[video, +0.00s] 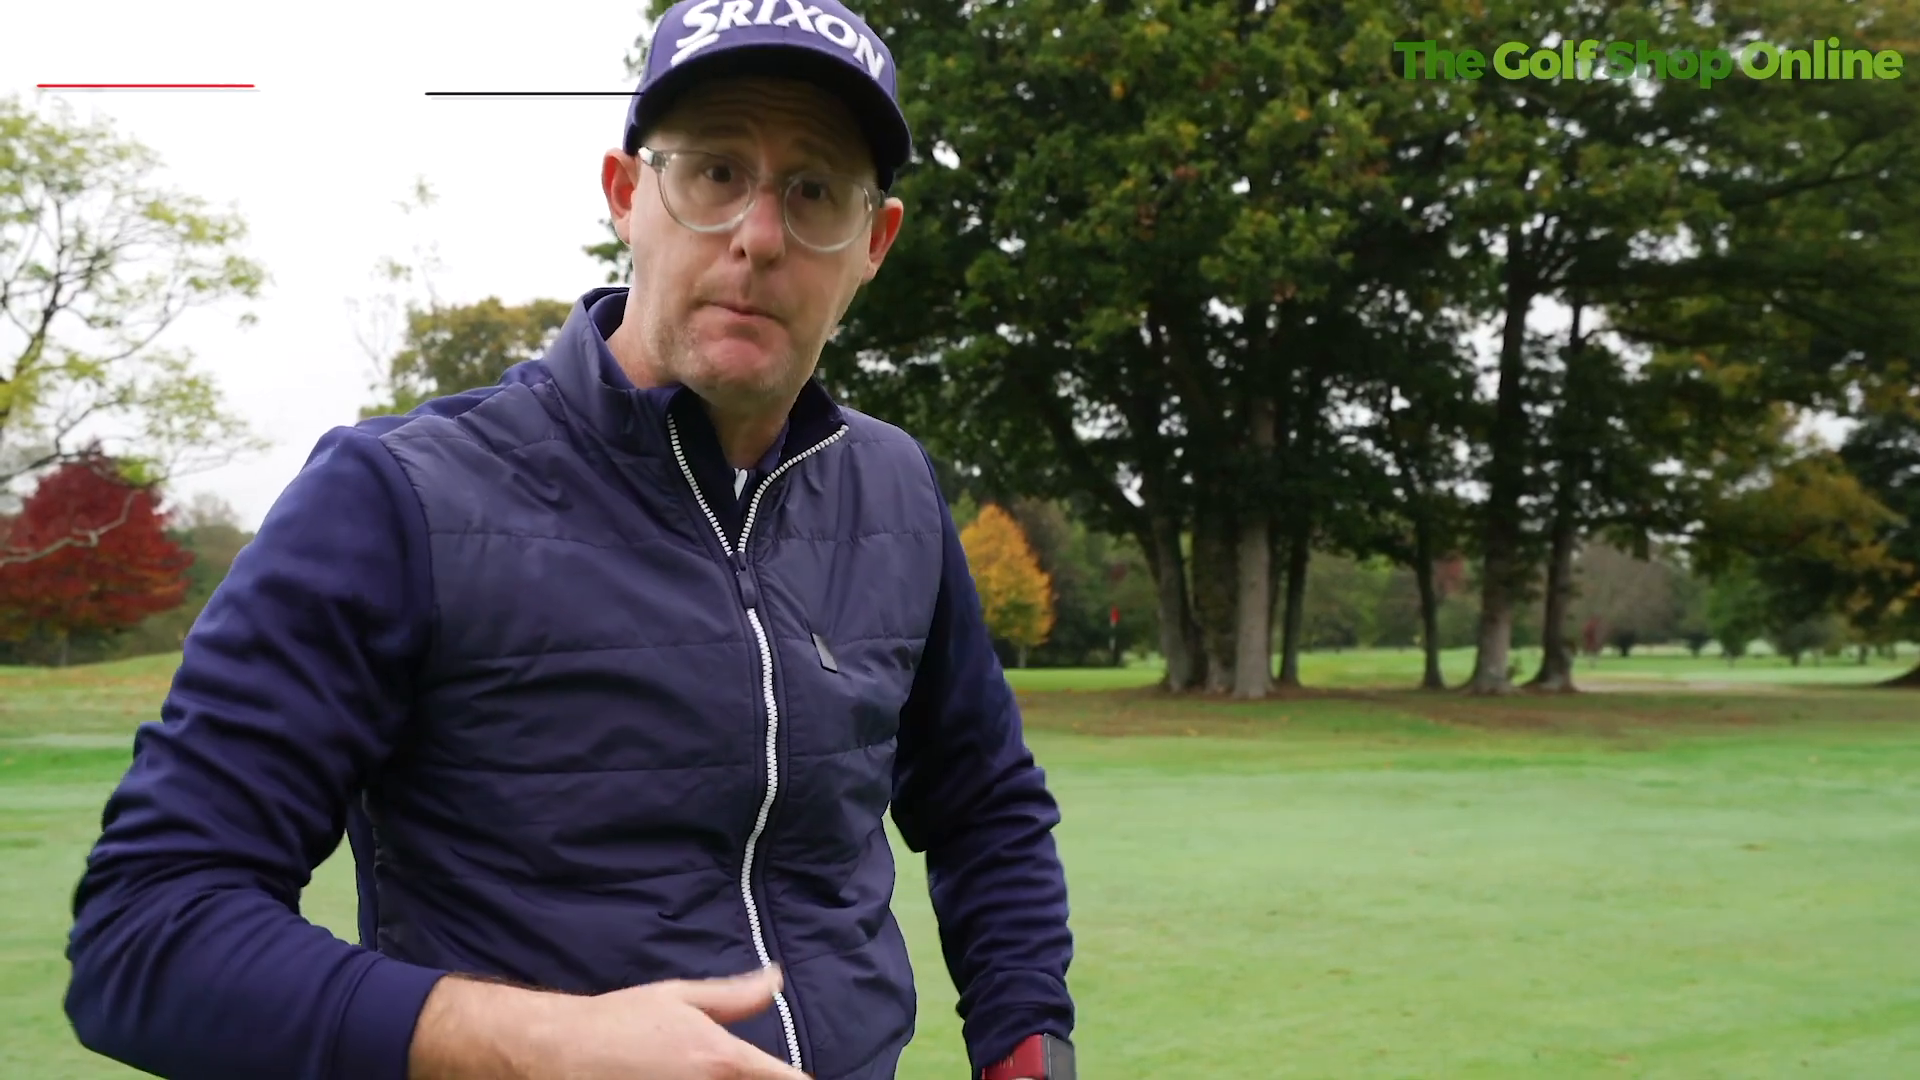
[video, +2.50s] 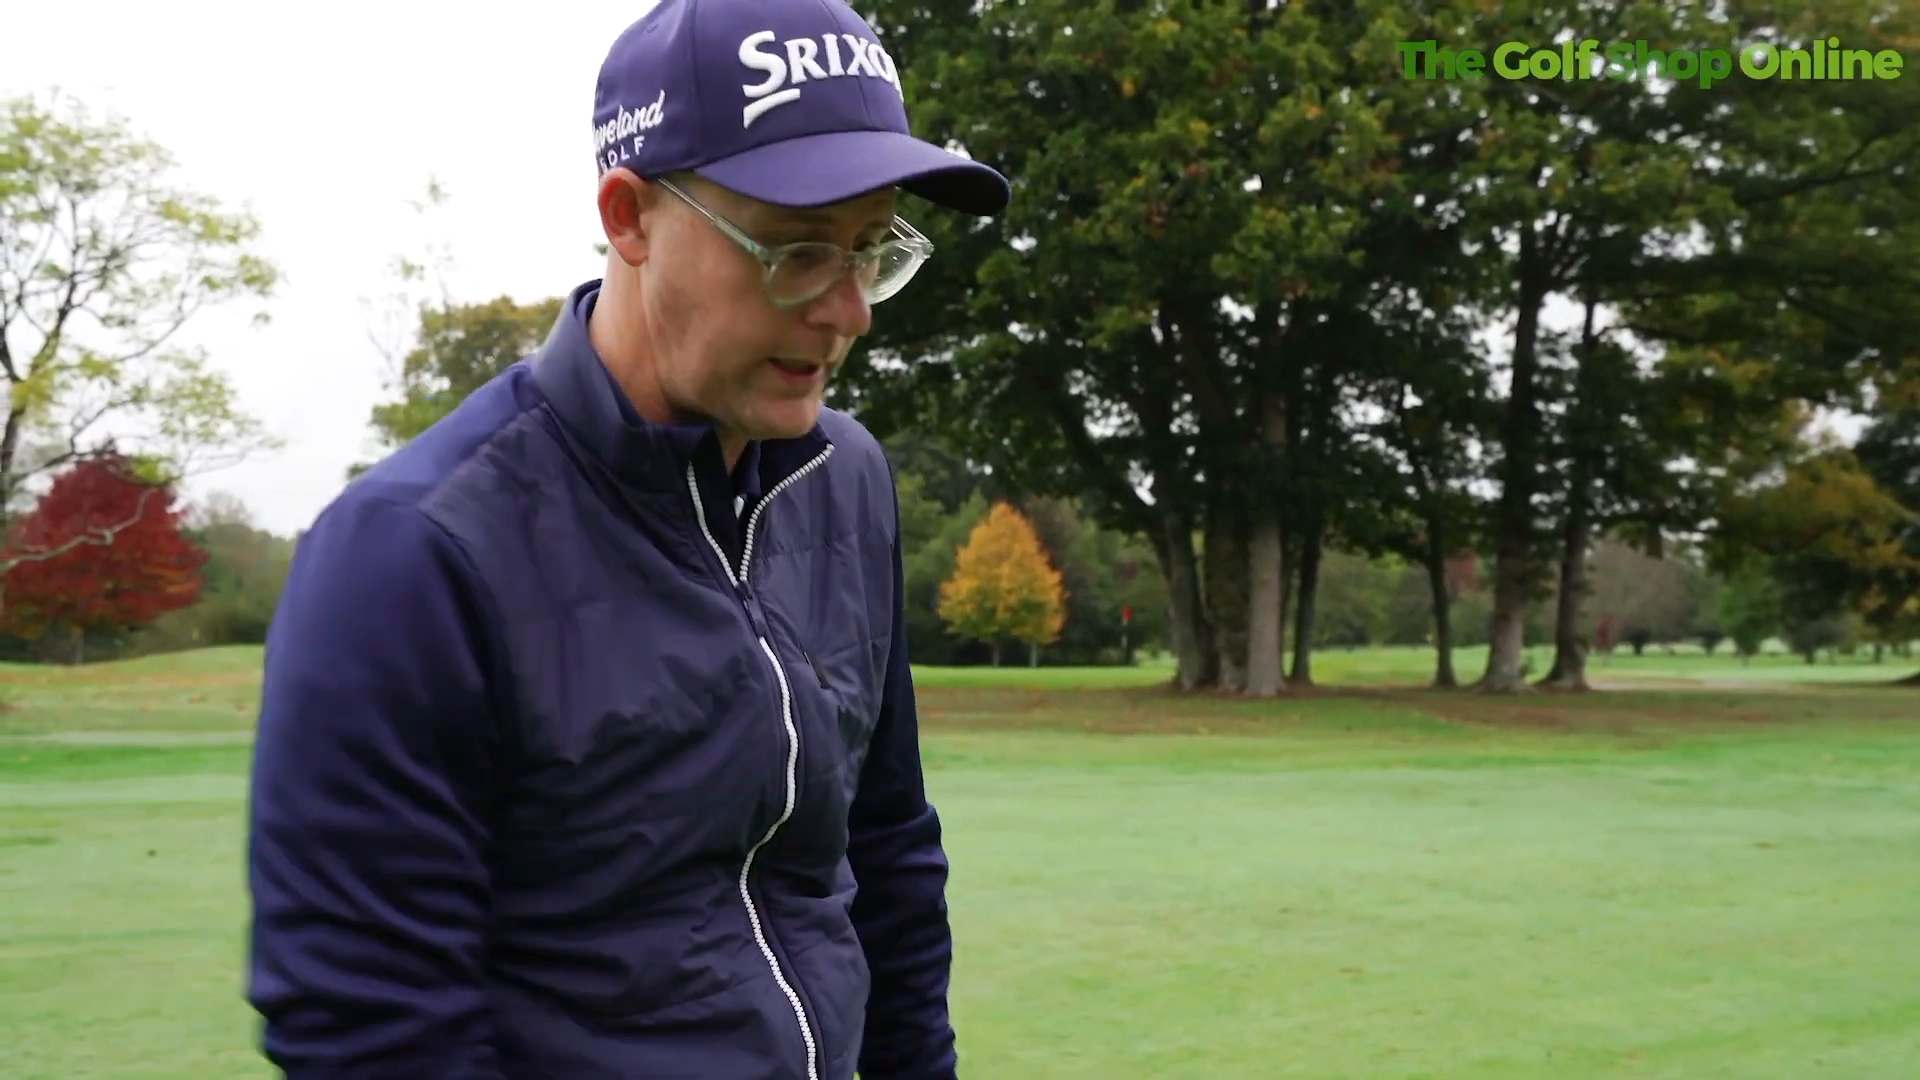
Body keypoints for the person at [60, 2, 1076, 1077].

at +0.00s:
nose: (757, 234)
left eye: (812, 190)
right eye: (717, 171)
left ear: (872, 247)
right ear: (624, 195)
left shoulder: (890, 494)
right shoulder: (405, 496)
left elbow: (989, 812)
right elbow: (146, 930)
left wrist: (1024, 1052)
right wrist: (532, 1037)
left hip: (853, 1061)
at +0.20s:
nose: (723, 218)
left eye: (779, 171)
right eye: (679, 161)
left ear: (851, 223)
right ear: (599, 191)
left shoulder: (898, 459)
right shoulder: (422, 455)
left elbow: (1006, 740)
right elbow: (98, 806)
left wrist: (1052, 1002)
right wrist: (546, 929)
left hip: (854, 1052)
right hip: (510, 1056)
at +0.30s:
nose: (718, 230)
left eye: (779, 183)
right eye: (677, 167)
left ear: (853, 229)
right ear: (597, 184)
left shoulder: (901, 436)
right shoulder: (432, 431)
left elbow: (1023, 672)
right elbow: (159, 832)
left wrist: (1075, 920)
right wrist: (629, 878)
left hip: (841, 1049)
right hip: (501, 1053)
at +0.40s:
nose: (722, 262)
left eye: (784, 214)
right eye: (688, 188)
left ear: (858, 252)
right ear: (608, 187)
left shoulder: (890, 432)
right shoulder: (418, 465)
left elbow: (1005, 678)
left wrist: (1058, 925)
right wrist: (719, 886)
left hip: (847, 1049)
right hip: (550, 1053)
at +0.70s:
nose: (750, 266)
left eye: (811, 212)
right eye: (713, 188)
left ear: (878, 244)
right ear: (619, 179)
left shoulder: (897, 450)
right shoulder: (404, 486)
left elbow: (938, 699)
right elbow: (237, 975)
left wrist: (969, 930)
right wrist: (602, 974)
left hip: (852, 1049)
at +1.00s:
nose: (784, 235)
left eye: (837, 181)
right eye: (738, 161)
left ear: (887, 224)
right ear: (631, 169)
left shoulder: (898, 473)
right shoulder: (402, 513)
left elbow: (839, 821)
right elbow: (259, 968)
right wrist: (564, 1061)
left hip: (859, 1056)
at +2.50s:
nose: (849, 310)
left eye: (869, 248)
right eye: (793, 249)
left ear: (891, 224)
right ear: (629, 219)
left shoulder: (849, 484)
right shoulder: (410, 553)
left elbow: (887, 853)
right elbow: (366, 1024)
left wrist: (913, 1064)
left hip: (828, 1053)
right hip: (572, 1058)